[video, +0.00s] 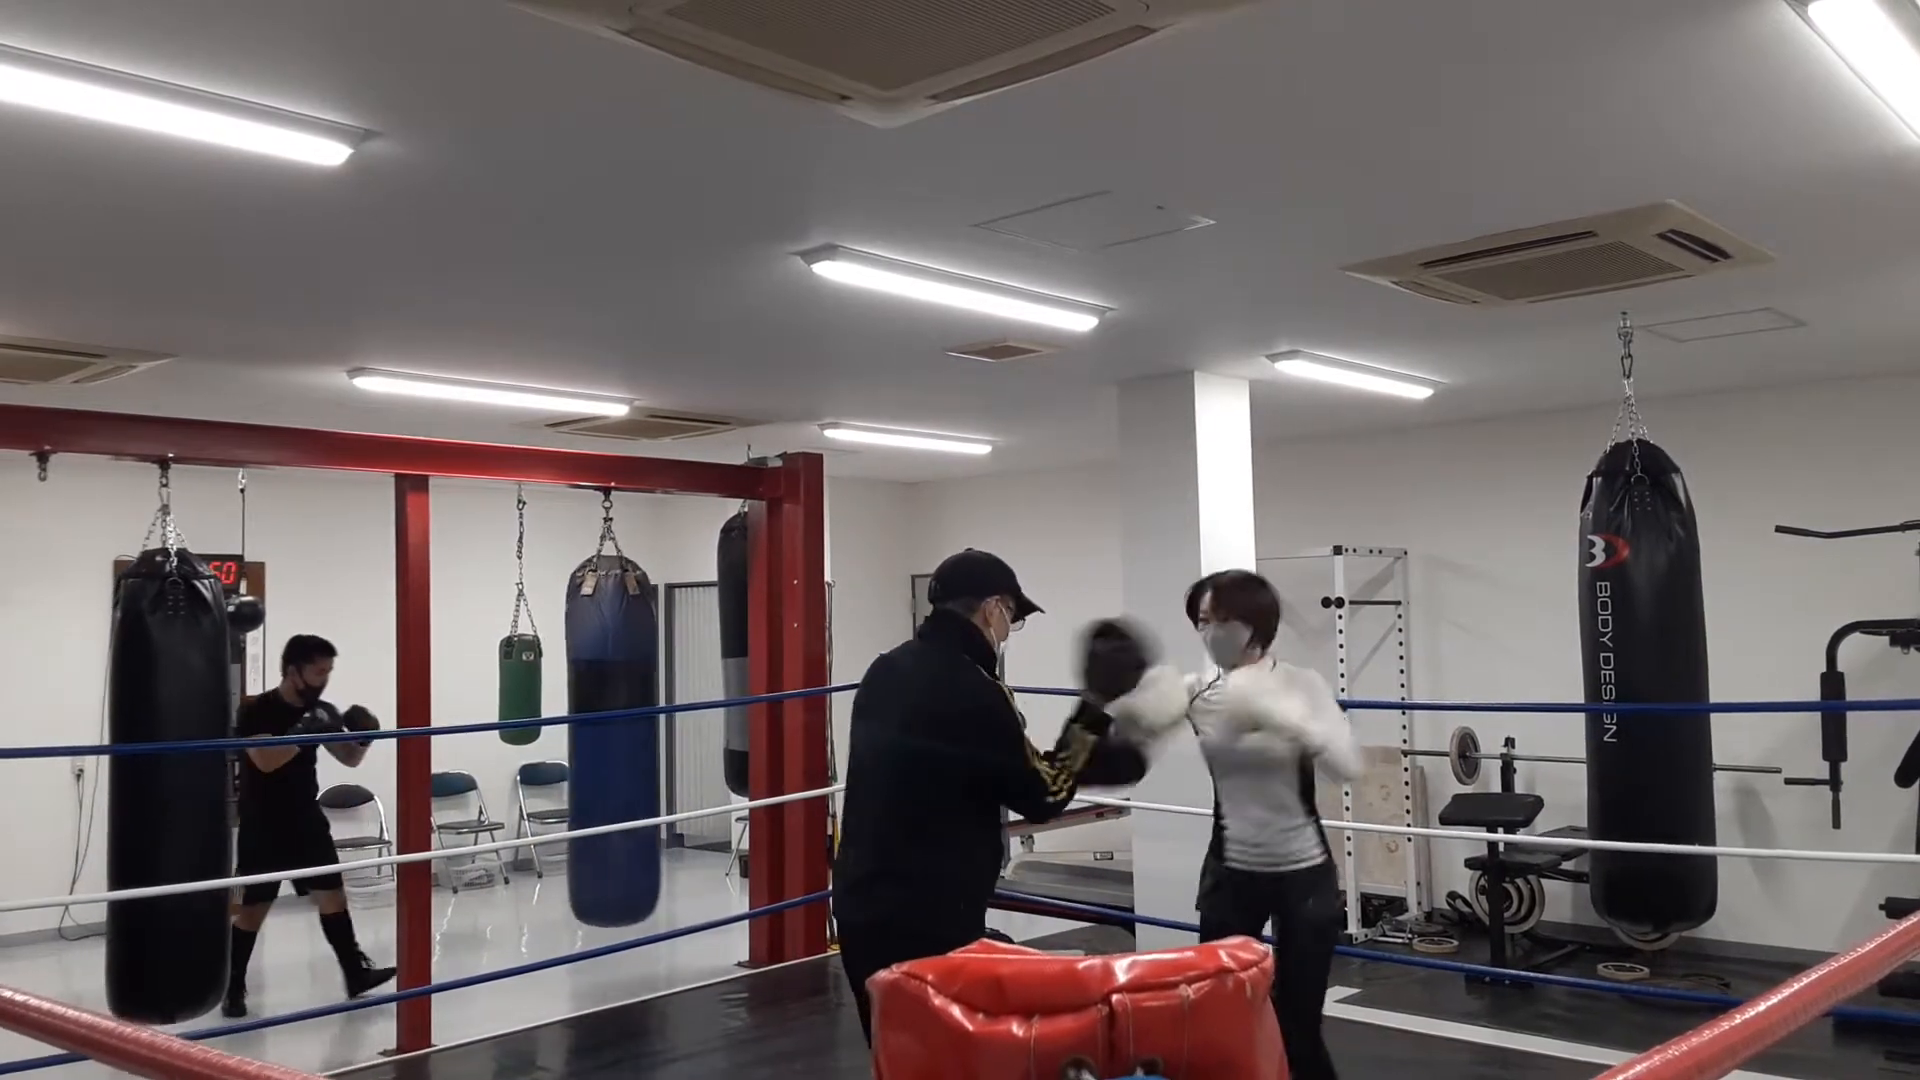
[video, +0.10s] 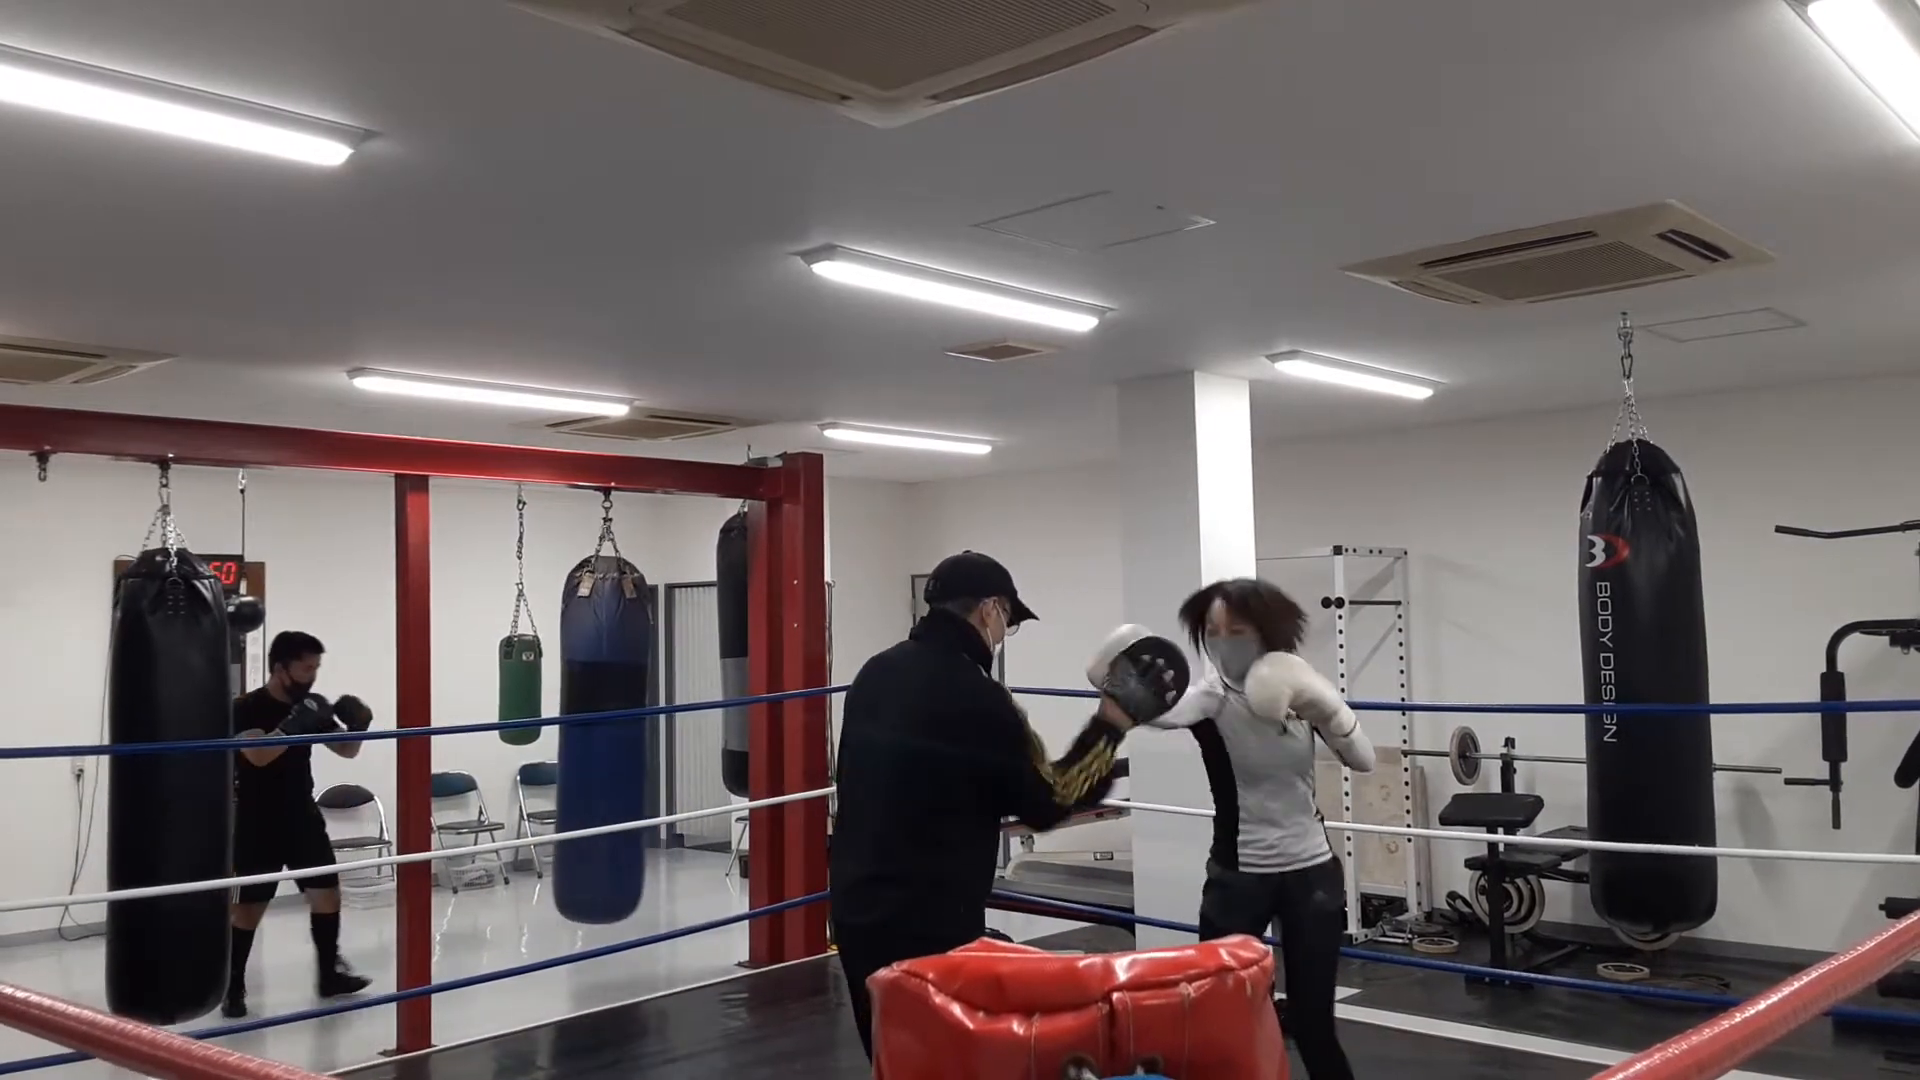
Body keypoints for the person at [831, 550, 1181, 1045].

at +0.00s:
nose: (1011, 631)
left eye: (1014, 619)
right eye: (1011, 617)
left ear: (942, 605)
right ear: (991, 609)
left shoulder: (883, 672)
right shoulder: (978, 695)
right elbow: (1040, 798)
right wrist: (1087, 730)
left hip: (864, 915)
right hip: (939, 920)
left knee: (892, 1058)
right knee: (946, 1057)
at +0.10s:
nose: (1006, 635)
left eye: (1009, 622)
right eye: (1007, 619)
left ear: (937, 607)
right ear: (987, 611)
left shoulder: (873, 674)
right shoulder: (979, 696)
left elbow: (855, 791)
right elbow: (1045, 805)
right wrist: (1111, 726)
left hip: (859, 914)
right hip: (938, 919)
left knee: (888, 1059)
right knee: (946, 1060)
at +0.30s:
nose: (1004, 639)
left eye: (1009, 625)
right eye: (1006, 622)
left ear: (940, 604)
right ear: (983, 609)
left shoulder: (885, 670)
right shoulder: (940, 680)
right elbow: (998, 816)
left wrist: (1055, 750)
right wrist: (1069, 740)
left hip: (874, 926)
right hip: (925, 931)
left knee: (899, 1063)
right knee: (938, 1063)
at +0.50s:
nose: (985, 630)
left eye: (991, 615)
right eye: (987, 612)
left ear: (943, 602)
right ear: (960, 602)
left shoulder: (886, 668)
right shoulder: (918, 681)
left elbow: (949, 790)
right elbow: (966, 816)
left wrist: (1016, 736)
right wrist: (1032, 738)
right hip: (919, 949)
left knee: (913, 1062)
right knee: (936, 1064)